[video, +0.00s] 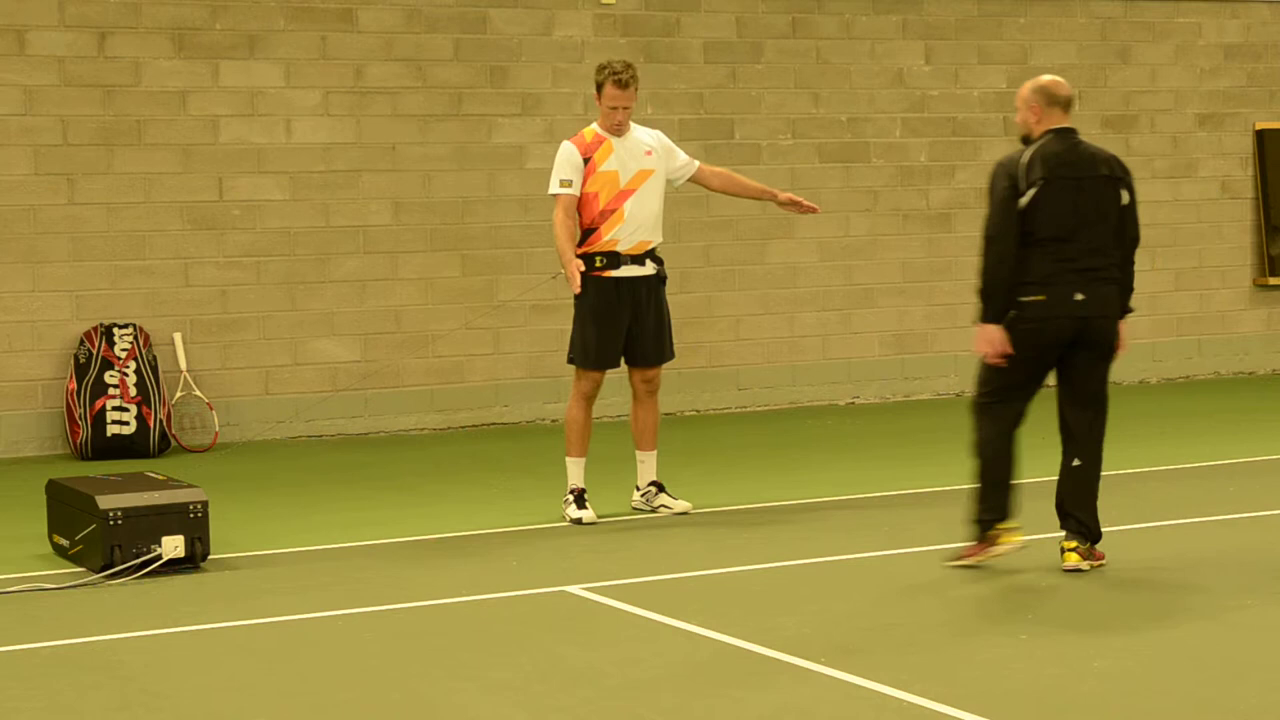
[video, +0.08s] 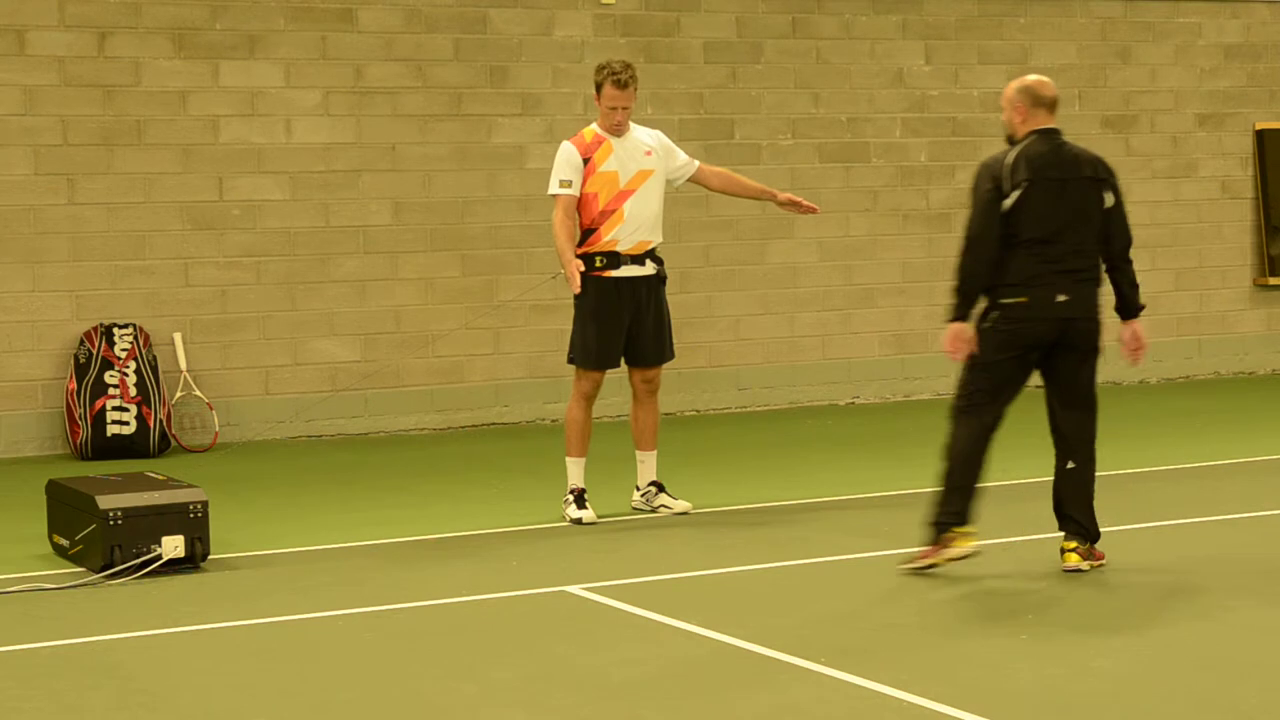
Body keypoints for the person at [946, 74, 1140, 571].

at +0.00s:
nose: (1018, 120)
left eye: (1020, 111)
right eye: (1019, 111)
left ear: (1034, 112)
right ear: (1065, 111)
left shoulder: (1016, 169)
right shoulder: (1112, 167)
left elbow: (1000, 246)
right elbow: (1126, 246)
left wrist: (991, 317)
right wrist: (1117, 311)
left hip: (1034, 318)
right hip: (1096, 319)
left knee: (995, 408)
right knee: (1084, 428)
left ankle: (994, 523)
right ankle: (1080, 539)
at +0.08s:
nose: (1003, 120)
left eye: (1006, 111)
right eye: (1005, 110)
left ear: (1019, 112)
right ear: (1051, 111)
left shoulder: (999, 170)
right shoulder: (1095, 168)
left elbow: (981, 245)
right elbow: (1117, 247)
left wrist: (961, 314)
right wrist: (1130, 312)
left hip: (1014, 317)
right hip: (1079, 319)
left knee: (973, 414)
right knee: (1076, 428)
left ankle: (950, 528)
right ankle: (1079, 540)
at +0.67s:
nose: (845, 135)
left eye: (845, 127)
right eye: (845, 126)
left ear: (854, 125)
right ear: (891, 118)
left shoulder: (854, 185)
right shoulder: (944, 167)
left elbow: (835, 266)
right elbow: (970, 244)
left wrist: (807, 342)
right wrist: (942, 285)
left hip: (888, 326)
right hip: (951, 317)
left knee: (870, 442)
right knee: (963, 430)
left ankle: (871, 560)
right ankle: (1004, 542)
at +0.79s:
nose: (832, 136)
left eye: (831, 127)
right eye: (833, 127)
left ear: (841, 125)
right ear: (877, 118)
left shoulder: (845, 186)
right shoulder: (935, 166)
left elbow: (824, 266)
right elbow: (957, 240)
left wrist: (792, 340)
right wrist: (922, 284)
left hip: (883, 325)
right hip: (946, 317)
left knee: (869, 443)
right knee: (953, 431)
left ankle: (871, 561)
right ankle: (986, 544)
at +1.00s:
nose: (838, 133)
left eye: (838, 124)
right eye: (838, 124)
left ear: (849, 121)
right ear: (886, 116)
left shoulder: (850, 184)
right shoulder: (939, 167)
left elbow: (832, 267)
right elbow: (953, 246)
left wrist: (803, 339)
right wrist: (931, 301)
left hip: (886, 329)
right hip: (947, 321)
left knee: (877, 449)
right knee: (946, 437)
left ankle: (872, 564)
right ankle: (970, 550)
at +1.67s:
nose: (764, 149)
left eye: (765, 139)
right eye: (764, 139)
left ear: (777, 139)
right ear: (807, 134)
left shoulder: (788, 199)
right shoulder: (851, 185)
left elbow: (790, 282)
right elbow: (878, 264)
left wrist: (771, 357)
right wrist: (870, 318)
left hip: (819, 345)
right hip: (870, 338)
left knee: (762, 440)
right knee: (901, 436)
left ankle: (755, 559)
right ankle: (960, 540)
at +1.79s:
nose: (712, 148)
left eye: (714, 139)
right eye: (712, 138)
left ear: (732, 138)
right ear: (755, 134)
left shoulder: (740, 200)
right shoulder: (798, 184)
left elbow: (748, 286)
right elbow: (828, 262)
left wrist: (753, 362)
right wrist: (809, 315)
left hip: (772, 340)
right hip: (819, 332)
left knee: (729, 448)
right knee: (831, 432)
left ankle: (753, 560)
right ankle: (913, 513)